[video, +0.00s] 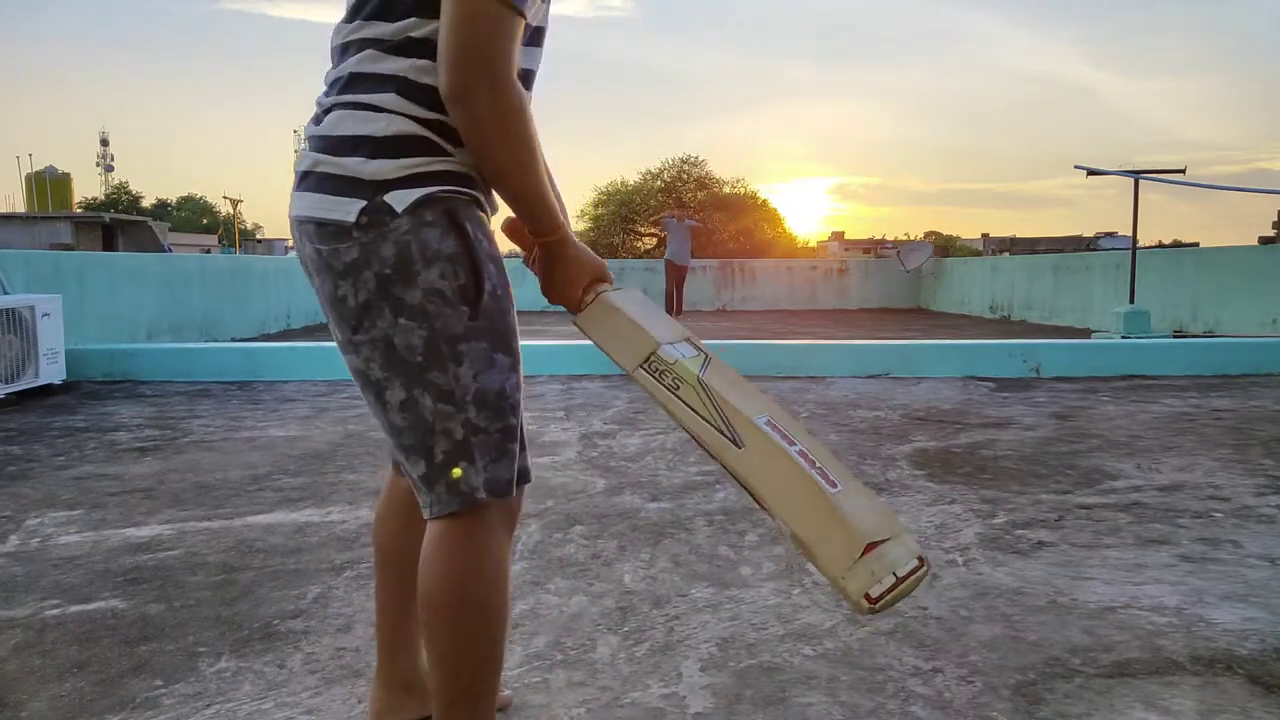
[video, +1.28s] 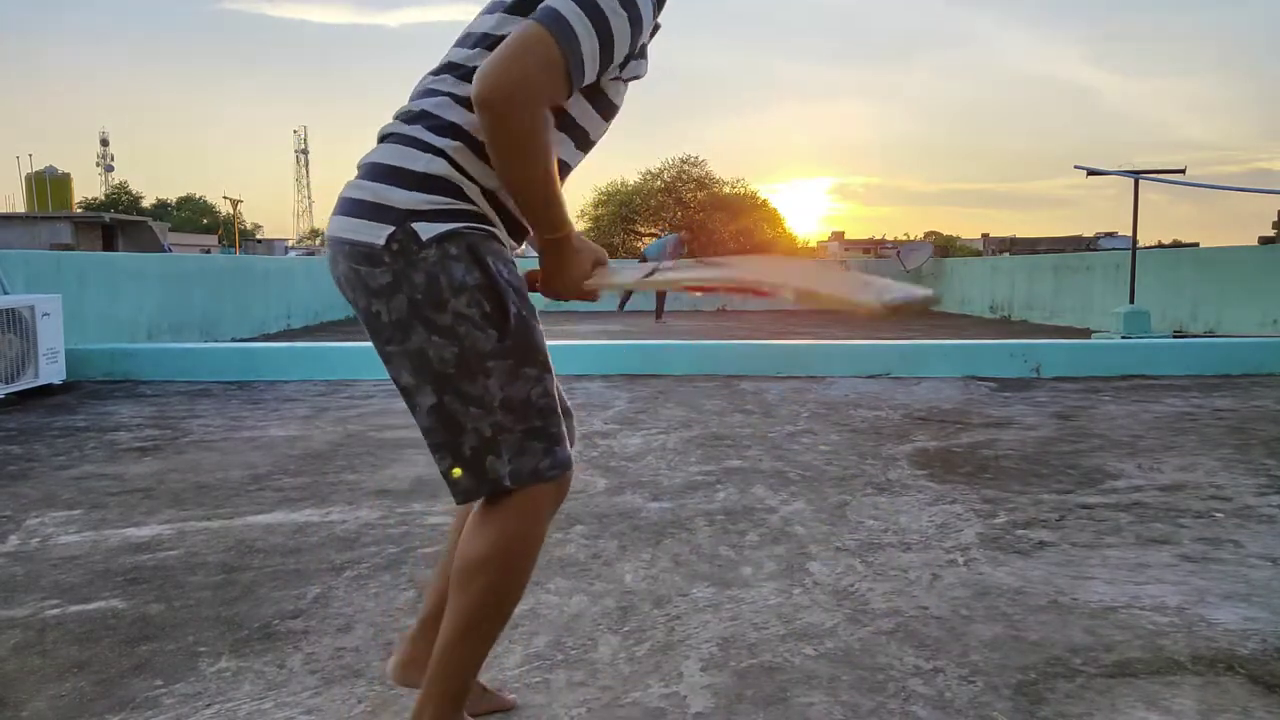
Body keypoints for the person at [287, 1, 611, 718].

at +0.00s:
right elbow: (478, 83)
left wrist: (523, 217)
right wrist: (557, 238)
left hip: (338, 201)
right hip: (412, 204)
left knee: (422, 464)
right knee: (482, 490)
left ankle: (399, 686)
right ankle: (468, 705)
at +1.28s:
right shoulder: (620, 3)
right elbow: (508, 89)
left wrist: (551, 245)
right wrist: (558, 239)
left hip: (392, 225)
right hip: (428, 228)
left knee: (516, 455)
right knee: (536, 472)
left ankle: (427, 649)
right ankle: (440, 704)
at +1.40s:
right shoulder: (632, 2)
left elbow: (512, 136)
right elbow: (536, 9)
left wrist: (589, 231)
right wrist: (621, 169)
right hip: (438, 219)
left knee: (553, 405)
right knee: (529, 474)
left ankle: (518, 643)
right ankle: (437, 706)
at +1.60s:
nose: (699, 10)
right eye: (692, 12)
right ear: (678, 0)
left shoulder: (575, 21)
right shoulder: (656, 2)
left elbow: (634, 127)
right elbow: (587, 104)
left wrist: (711, 220)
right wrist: (706, 228)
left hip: (412, 247)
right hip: (497, 250)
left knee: (545, 456)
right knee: (560, 494)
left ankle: (622, 612)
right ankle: (434, 708)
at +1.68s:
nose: (718, 15)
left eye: (721, 8)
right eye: (723, 6)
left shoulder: (573, 8)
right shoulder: (670, 40)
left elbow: (681, 149)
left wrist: (746, 250)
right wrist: (719, 293)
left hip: (433, 254)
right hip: (522, 262)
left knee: (554, 454)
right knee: (568, 485)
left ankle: (624, 612)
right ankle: (435, 705)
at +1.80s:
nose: (739, 13)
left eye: (740, 8)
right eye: (741, 8)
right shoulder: (704, 48)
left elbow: (578, 96)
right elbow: (681, 207)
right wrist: (676, 246)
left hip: (454, 238)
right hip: (553, 261)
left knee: (540, 453)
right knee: (569, 475)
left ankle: (610, 612)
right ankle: (433, 677)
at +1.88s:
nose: (752, 1)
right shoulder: (729, 59)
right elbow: (696, 151)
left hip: (470, 244)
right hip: (572, 273)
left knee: (544, 450)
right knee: (560, 469)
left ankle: (611, 609)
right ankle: (431, 662)